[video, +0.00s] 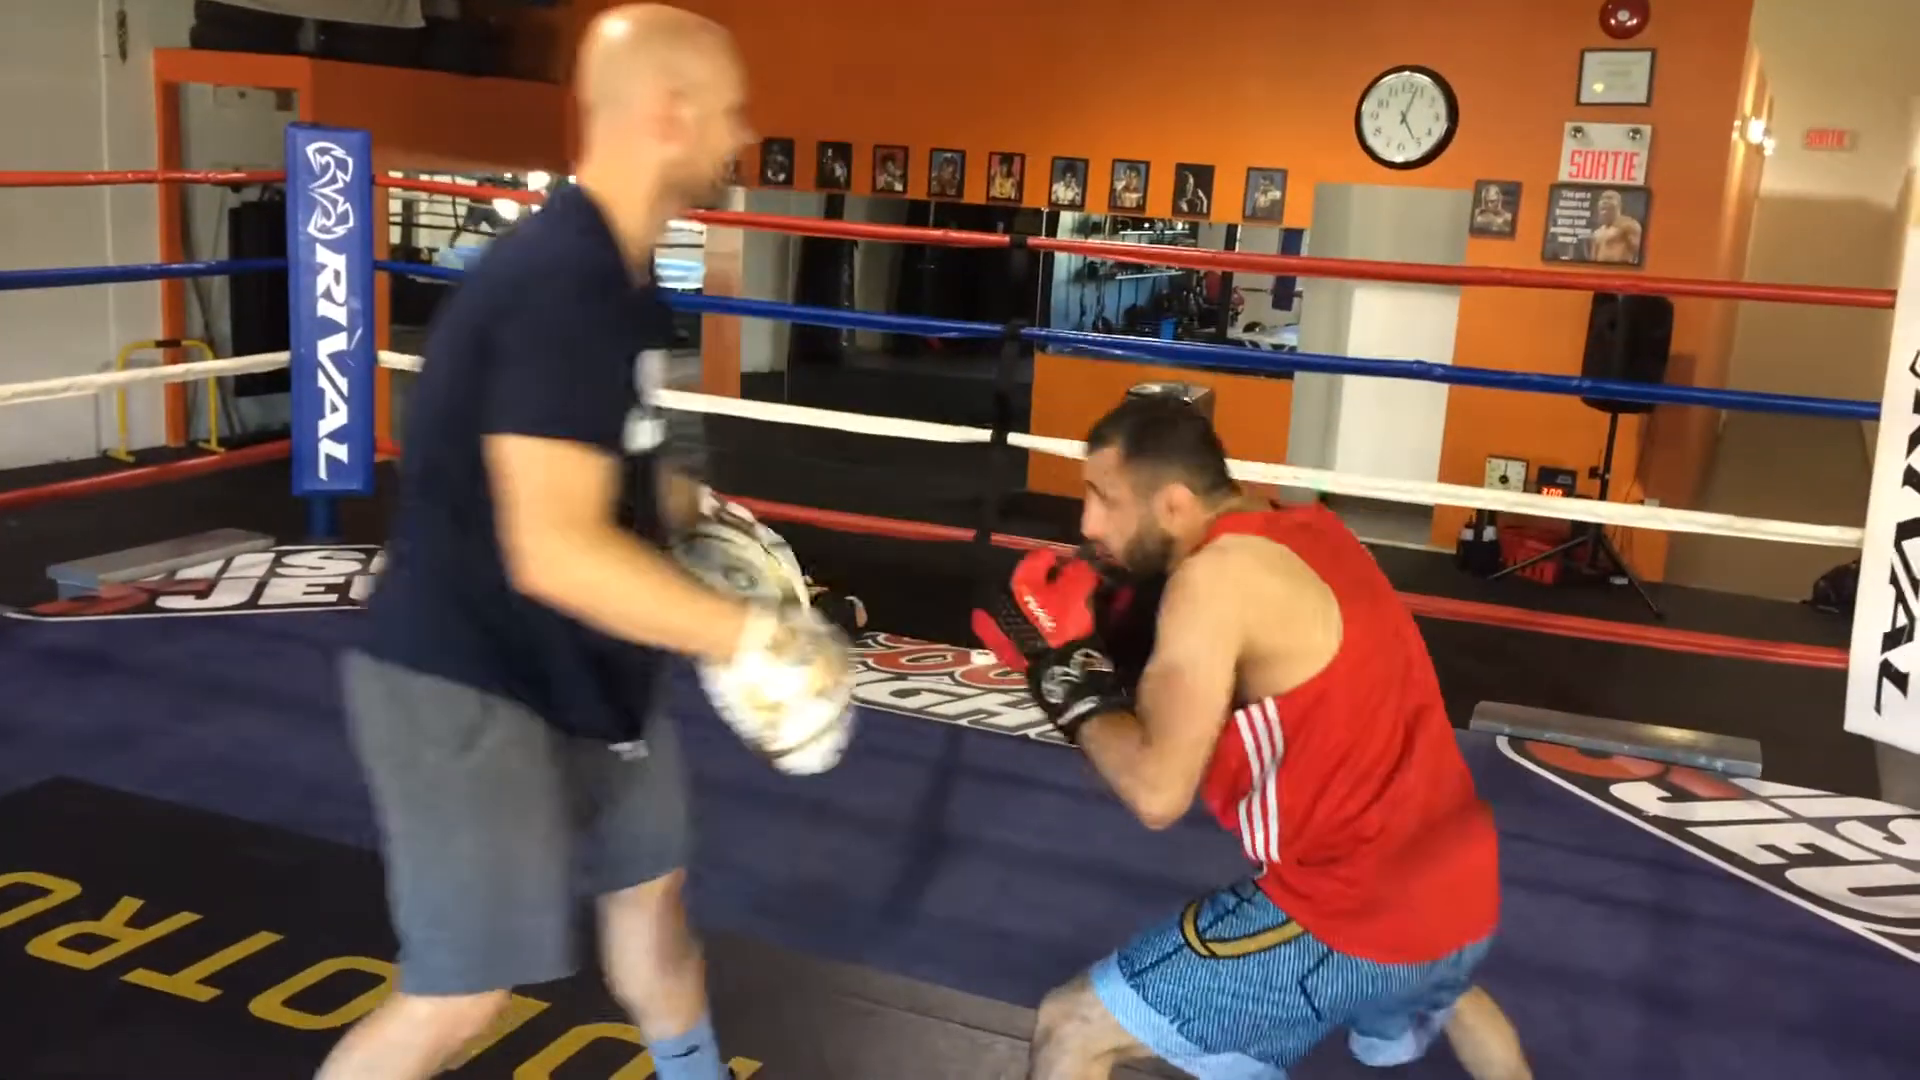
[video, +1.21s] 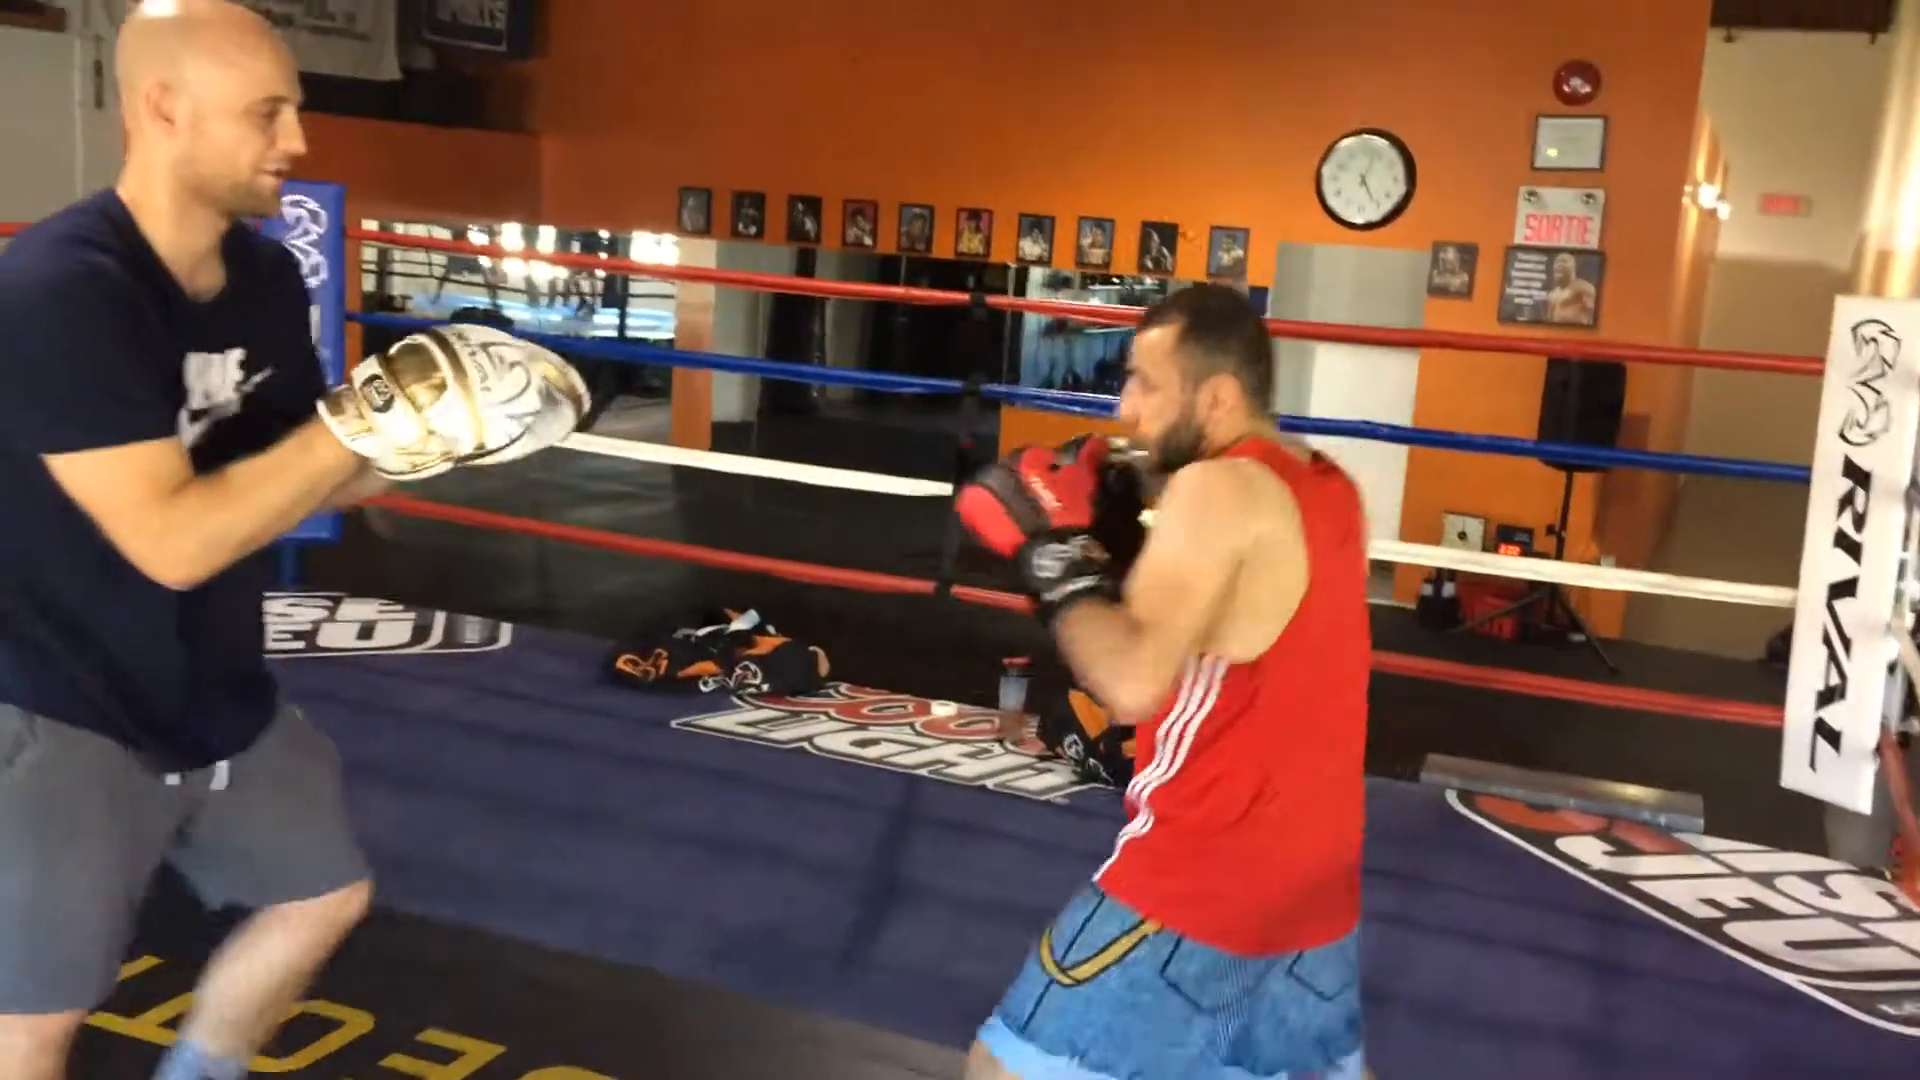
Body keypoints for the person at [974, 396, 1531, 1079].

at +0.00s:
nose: (1084, 522)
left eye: (1100, 499)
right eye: (1085, 496)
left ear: (1174, 504)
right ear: (1190, 502)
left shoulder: (1213, 579)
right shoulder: (1314, 529)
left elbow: (1157, 791)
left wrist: (1067, 680)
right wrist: (1117, 641)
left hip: (1348, 920)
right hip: (1460, 896)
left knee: (1073, 1029)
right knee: (1451, 995)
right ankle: (1514, 1077)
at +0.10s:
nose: (1153, 505)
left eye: (1174, 483)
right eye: (1155, 480)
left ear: (1242, 489)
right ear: (1254, 487)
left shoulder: (1275, 562)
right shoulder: (1359, 526)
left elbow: (1242, 756)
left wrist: (1141, 654)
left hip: (1385, 897)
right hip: (1476, 874)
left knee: (1117, 1032)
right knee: (1446, 971)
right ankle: (1510, 1077)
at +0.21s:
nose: (1208, 446)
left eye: (1229, 423)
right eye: (1208, 422)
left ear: (1305, 427)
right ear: (1311, 429)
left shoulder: (1341, 497)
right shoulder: (1396, 474)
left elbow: (1339, 691)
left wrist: (1224, 609)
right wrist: (1245, 600)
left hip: (1409, 846)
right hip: (1487, 829)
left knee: (1179, 1016)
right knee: (1448, 952)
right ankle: (1516, 1076)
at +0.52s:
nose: (1229, 372)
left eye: (1253, 350)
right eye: (1233, 346)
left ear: (1330, 367)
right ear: (1337, 368)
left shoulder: (1358, 463)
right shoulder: (1417, 428)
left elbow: (1274, 662)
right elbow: (1324, 601)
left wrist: (1190, 534)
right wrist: (1225, 514)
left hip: (1380, 809)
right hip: (1467, 796)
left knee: (1169, 996)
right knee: (1465, 970)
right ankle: (1515, 1078)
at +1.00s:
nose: (1199, 350)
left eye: (1220, 326)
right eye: (1204, 324)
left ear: (1295, 338)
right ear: (1305, 341)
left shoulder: (1299, 440)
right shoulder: (1393, 438)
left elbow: (1283, 645)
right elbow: (1311, 592)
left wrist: (1164, 544)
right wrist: (1195, 507)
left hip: (1251, 814)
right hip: (1357, 812)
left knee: (1054, 1009)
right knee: (1357, 1034)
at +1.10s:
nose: (1176, 379)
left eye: (1195, 355)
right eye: (1180, 353)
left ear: (1268, 366)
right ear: (1279, 366)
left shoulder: (1270, 462)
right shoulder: (1371, 462)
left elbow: (1233, 658)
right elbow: (1285, 618)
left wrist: (1125, 552)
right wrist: (1171, 533)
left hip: (1229, 851)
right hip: (1340, 845)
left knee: (1032, 1045)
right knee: (1340, 1057)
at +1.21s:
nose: (1125, 406)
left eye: (1144, 384)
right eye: (1128, 382)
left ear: (1219, 396)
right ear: (1232, 397)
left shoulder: (1217, 491)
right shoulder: (1329, 485)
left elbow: (1133, 681)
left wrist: (1054, 553)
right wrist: (1127, 524)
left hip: (1194, 891)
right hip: (1316, 888)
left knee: (1009, 1063)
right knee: (1310, 1070)